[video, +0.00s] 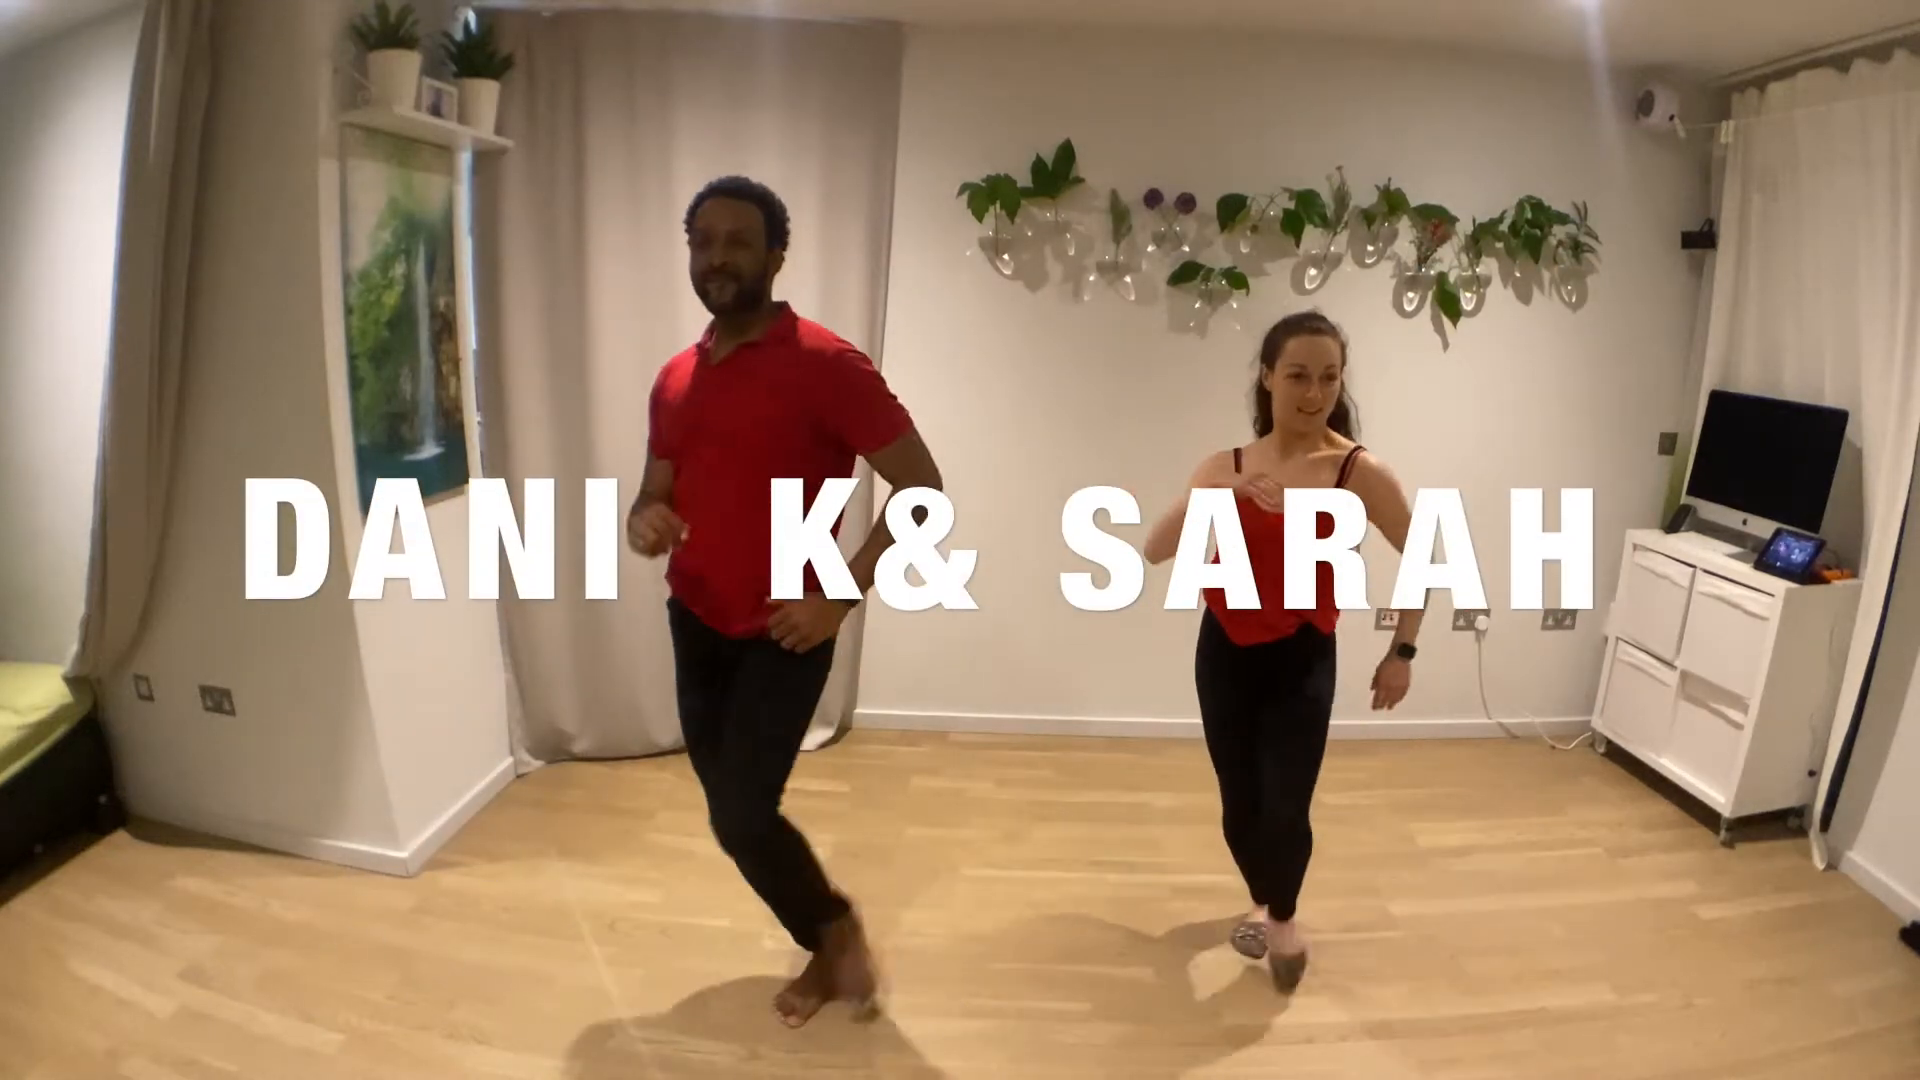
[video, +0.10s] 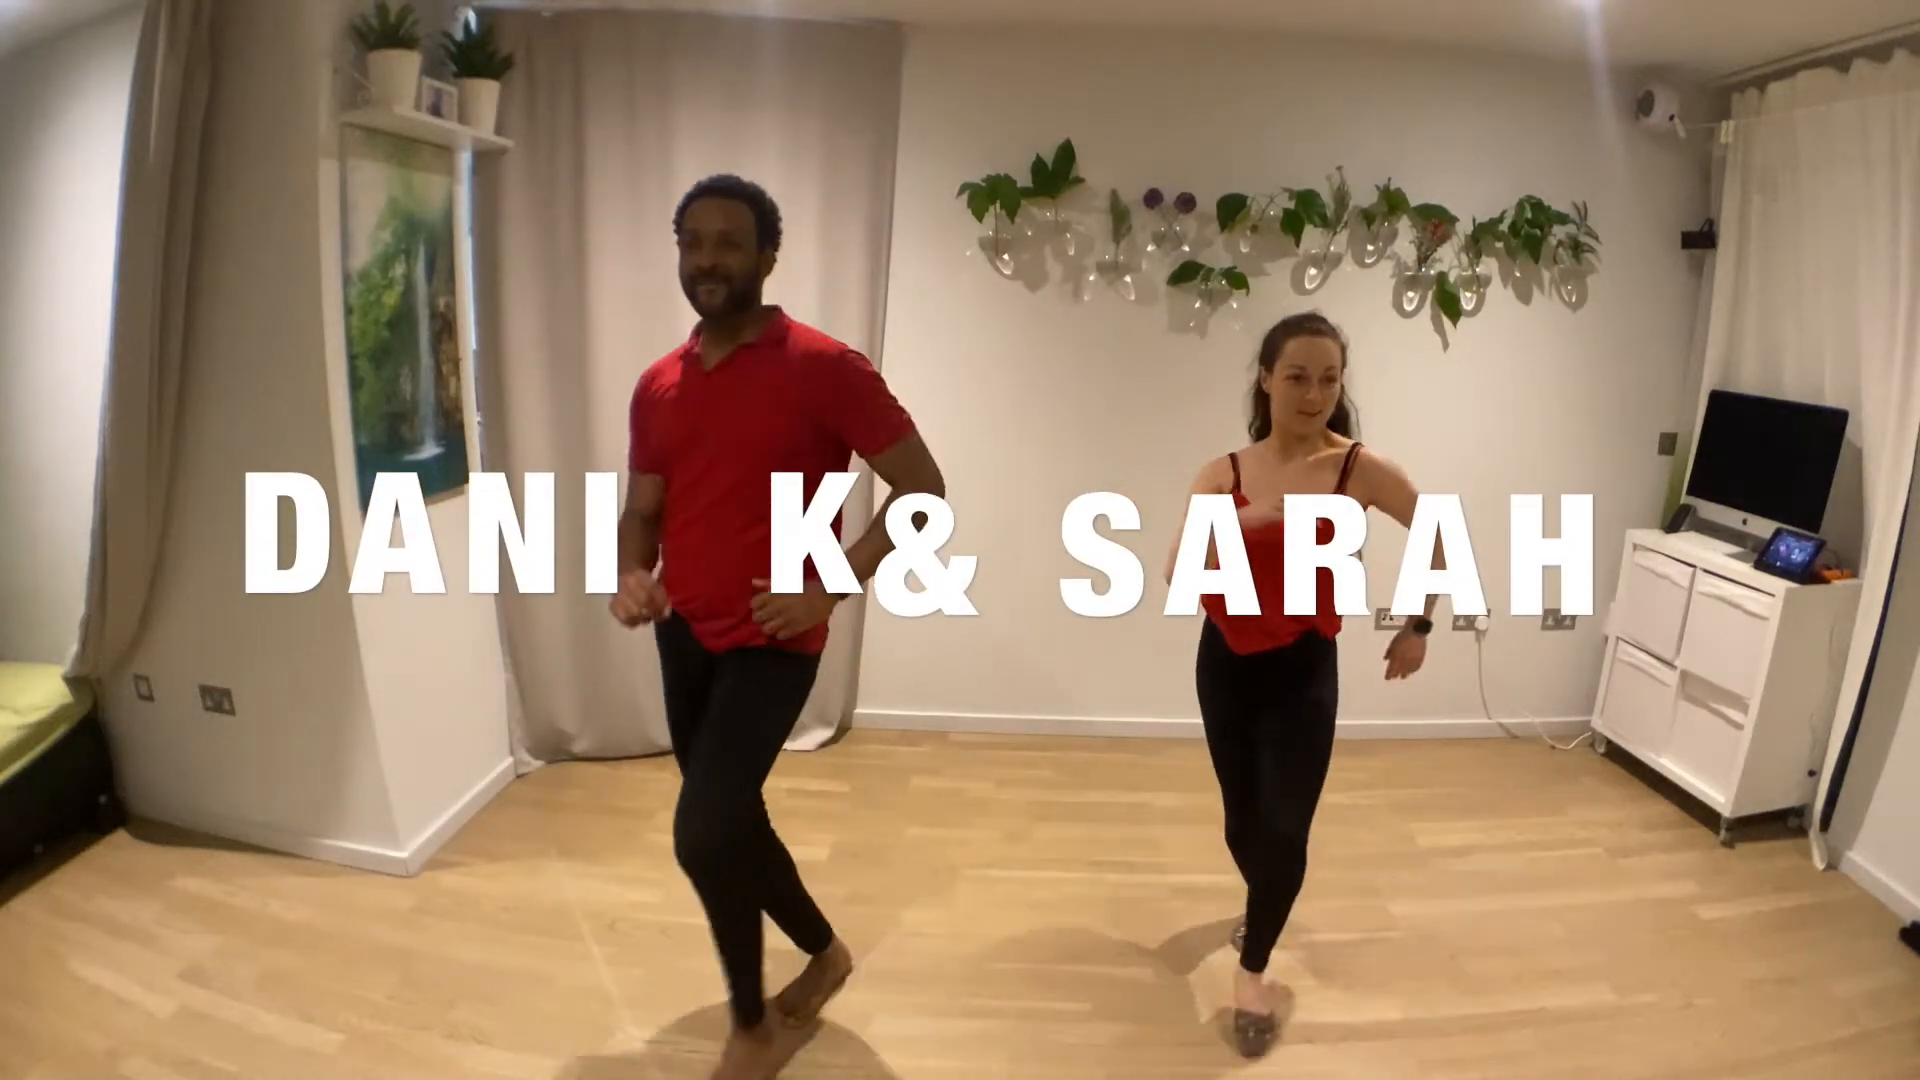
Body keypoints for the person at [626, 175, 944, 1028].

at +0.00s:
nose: (716, 260)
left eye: (738, 244)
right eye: (701, 244)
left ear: (776, 255)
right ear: (687, 256)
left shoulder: (828, 366)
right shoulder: (677, 379)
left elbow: (920, 489)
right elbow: (654, 495)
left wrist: (841, 595)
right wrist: (649, 522)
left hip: (789, 630)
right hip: (699, 622)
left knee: (742, 814)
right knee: (734, 815)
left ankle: (836, 929)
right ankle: (825, 941)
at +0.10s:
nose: (706, 261)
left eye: (728, 244)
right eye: (692, 244)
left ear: (767, 255)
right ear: (677, 254)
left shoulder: (825, 370)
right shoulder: (660, 385)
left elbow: (921, 492)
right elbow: (642, 511)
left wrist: (825, 585)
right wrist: (633, 573)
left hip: (775, 637)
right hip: (686, 631)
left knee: (702, 838)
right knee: (724, 819)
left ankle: (751, 1024)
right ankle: (827, 950)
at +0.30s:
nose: (684, 261)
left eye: (707, 244)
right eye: (670, 243)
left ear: (750, 257)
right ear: (653, 255)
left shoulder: (802, 390)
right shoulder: (616, 382)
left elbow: (866, 538)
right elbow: (600, 519)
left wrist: (767, 609)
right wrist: (595, 633)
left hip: (753, 665)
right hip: (651, 657)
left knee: (689, 863)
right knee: (669, 868)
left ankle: (700, 1057)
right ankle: (812, 938)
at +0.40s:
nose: (672, 261)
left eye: (697, 245)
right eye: (659, 242)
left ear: (740, 262)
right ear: (641, 255)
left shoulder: (786, 395)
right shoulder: (606, 384)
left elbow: (839, 553)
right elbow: (593, 511)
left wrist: (755, 656)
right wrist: (587, 623)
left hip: (742, 671)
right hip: (639, 663)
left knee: (682, 871)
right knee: (621, 873)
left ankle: (699, 1060)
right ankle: (762, 919)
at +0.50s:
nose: (666, 261)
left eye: (689, 246)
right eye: (652, 243)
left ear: (730, 262)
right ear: (634, 255)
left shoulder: (776, 395)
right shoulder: (612, 380)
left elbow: (839, 558)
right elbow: (610, 504)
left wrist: (784, 699)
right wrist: (594, 603)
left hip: (735, 671)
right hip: (639, 658)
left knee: (672, 874)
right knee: (619, 866)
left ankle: (699, 1059)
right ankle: (713, 898)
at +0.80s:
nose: (673, 259)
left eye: (694, 240)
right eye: (655, 239)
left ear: (726, 253)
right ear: (631, 253)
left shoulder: (790, 370)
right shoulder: (605, 373)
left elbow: (881, 473)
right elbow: (573, 465)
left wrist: (860, 547)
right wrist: (543, 542)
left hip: (773, 617)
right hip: (676, 613)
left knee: (739, 802)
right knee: (674, 799)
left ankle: (778, 952)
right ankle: (702, 909)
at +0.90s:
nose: (705, 266)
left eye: (722, 247)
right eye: (685, 249)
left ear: (751, 255)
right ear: (660, 262)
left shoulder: (807, 361)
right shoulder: (628, 372)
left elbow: (883, 477)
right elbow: (556, 478)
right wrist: (627, 477)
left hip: (786, 608)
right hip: (685, 605)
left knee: (804, 792)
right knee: (673, 791)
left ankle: (860, 881)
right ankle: (702, 905)